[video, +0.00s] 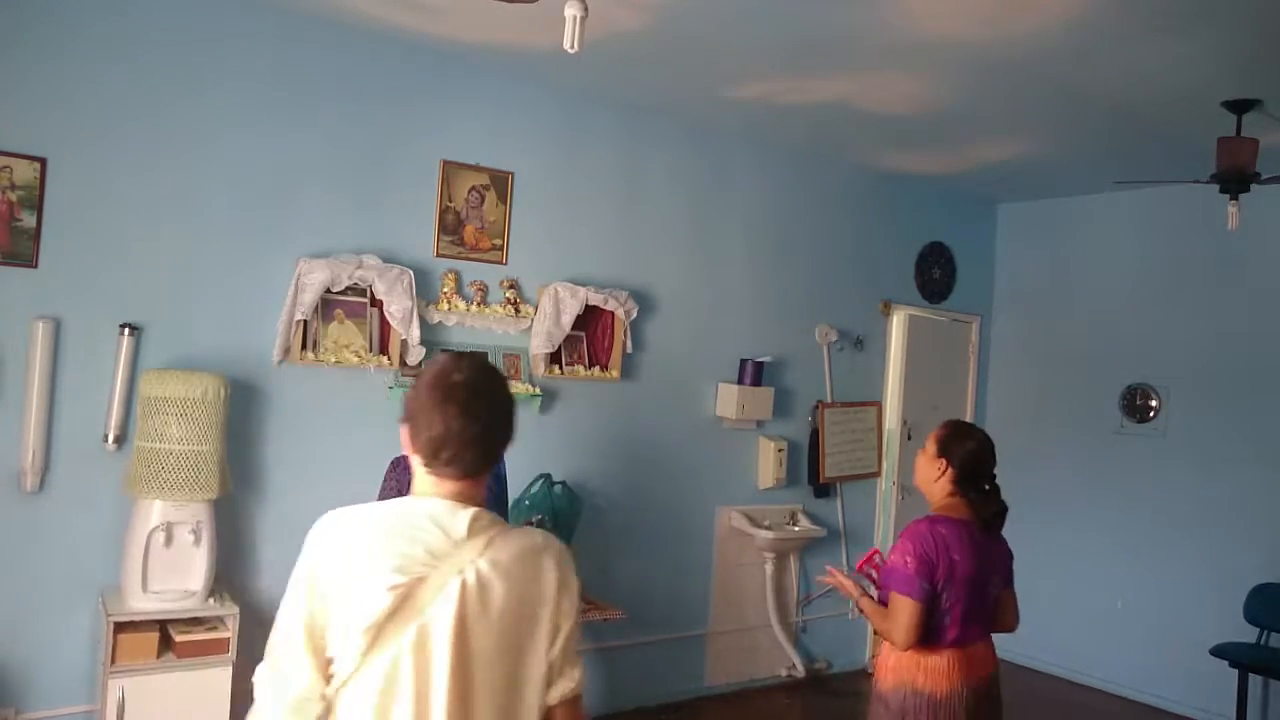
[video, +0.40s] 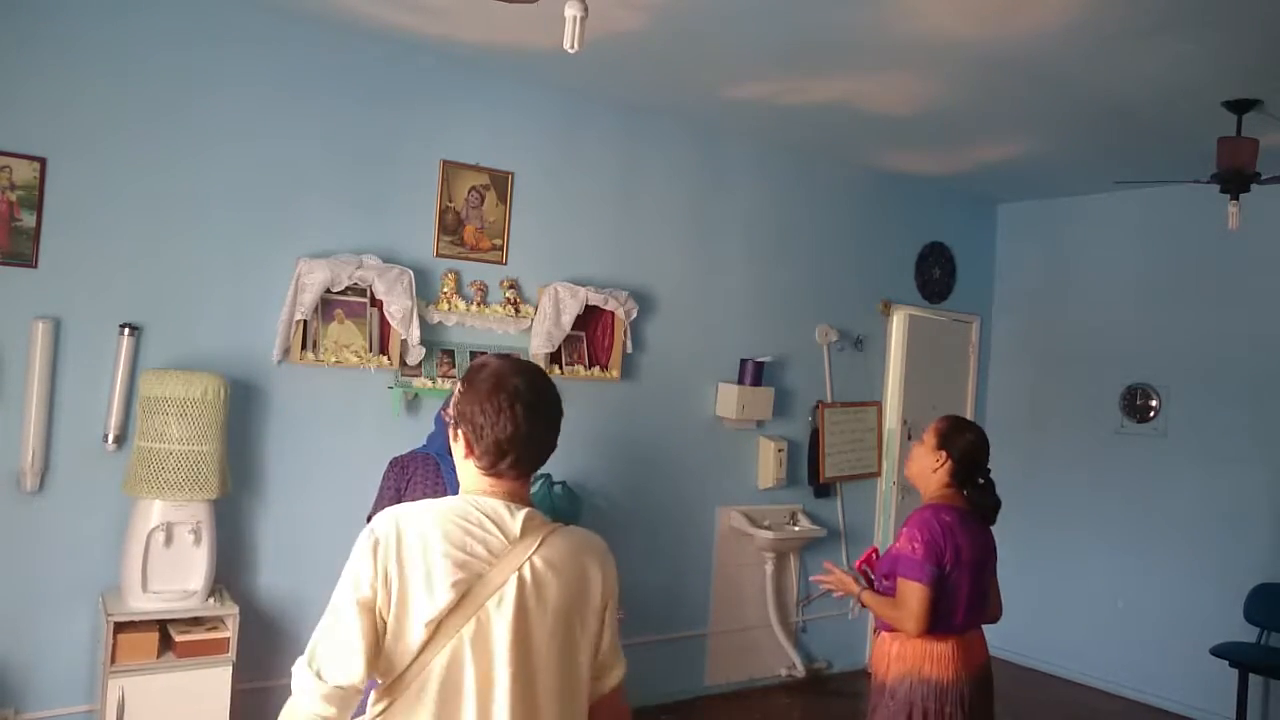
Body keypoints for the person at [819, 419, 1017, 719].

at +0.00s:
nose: (917, 458)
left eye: (923, 451)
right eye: (921, 450)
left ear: (942, 467)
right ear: (979, 472)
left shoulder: (921, 536)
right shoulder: (993, 538)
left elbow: (901, 634)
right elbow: (1006, 619)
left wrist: (858, 596)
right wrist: (951, 614)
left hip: (919, 677)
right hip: (977, 670)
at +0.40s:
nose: (911, 447)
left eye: (921, 441)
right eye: (918, 440)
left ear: (940, 460)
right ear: (945, 461)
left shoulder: (923, 524)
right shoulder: (976, 522)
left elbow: (912, 620)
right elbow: (991, 610)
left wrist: (859, 592)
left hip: (917, 662)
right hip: (968, 656)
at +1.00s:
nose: (902, 455)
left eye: (911, 447)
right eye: (907, 446)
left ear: (932, 462)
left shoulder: (908, 529)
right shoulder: (976, 529)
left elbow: (894, 627)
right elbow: (993, 622)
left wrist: (852, 595)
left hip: (907, 673)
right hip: (965, 667)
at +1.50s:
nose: (897, 464)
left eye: (903, 456)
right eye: (901, 455)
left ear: (923, 471)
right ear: (964, 475)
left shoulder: (887, 539)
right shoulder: (996, 548)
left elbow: (864, 644)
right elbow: (1026, 646)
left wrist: (841, 608)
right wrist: (960, 638)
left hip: (898, 694)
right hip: (974, 693)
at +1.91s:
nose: (899, 470)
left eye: (903, 462)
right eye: (902, 461)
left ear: (919, 477)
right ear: (965, 476)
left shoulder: (890, 549)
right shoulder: (1008, 549)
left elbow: (868, 655)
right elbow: (1042, 647)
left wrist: (851, 613)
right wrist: (979, 637)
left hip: (909, 699)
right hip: (990, 698)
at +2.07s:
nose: (906, 473)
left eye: (910, 465)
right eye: (908, 463)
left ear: (928, 477)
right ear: (972, 473)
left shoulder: (903, 550)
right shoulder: (1018, 547)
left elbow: (887, 660)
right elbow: (1056, 644)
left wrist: (865, 616)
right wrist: (990, 636)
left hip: (927, 697)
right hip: (1005, 694)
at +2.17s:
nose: (917, 472)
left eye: (921, 464)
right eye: (919, 463)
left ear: (940, 478)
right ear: (985, 472)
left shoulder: (918, 550)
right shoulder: (1032, 546)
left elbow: (904, 661)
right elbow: (1066, 641)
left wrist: (881, 619)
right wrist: (999, 634)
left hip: (941, 700)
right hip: (1019, 697)